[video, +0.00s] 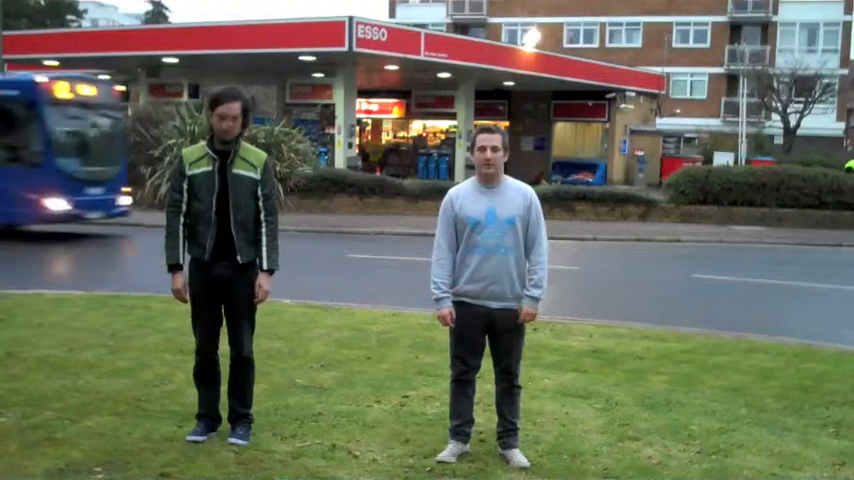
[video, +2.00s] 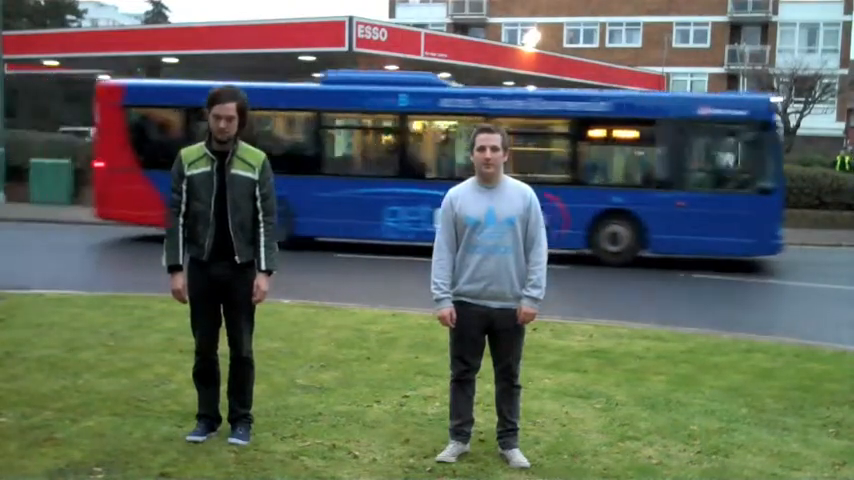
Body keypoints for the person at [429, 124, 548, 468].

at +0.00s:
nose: (487, 155)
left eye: (494, 150)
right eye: (481, 149)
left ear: (505, 155)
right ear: (472, 154)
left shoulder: (525, 196)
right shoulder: (456, 197)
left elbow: (538, 250)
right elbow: (442, 251)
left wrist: (533, 298)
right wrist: (442, 298)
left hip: (510, 305)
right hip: (466, 303)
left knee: (509, 379)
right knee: (462, 376)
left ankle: (510, 444)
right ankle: (458, 440)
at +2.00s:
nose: (487, 155)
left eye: (494, 149)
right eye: (481, 149)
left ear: (505, 155)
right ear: (472, 155)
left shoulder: (524, 196)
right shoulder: (455, 197)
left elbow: (538, 249)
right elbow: (442, 251)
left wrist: (532, 298)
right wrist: (442, 299)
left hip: (510, 305)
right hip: (466, 304)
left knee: (509, 379)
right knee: (462, 376)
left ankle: (509, 444)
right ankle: (458, 440)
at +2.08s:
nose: (488, 155)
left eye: (494, 149)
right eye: (481, 149)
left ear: (505, 155)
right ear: (472, 155)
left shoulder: (524, 196)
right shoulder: (456, 197)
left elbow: (538, 250)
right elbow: (443, 251)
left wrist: (532, 298)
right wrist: (442, 299)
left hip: (510, 305)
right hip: (466, 304)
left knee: (509, 379)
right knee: (462, 376)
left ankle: (509, 444)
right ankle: (458, 440)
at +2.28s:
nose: (487, 155)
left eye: (494, 149)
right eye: (481, 149)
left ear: (504, 155)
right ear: (472, 155)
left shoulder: (524, 196)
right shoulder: (456, 197)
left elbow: (537, 250)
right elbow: (443, 251)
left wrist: (531, 298)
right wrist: (443, 299)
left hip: (510, 305)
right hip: (466, 303)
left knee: (509, 378)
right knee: (462, 376)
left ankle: (510, 444)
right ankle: (458, 440)